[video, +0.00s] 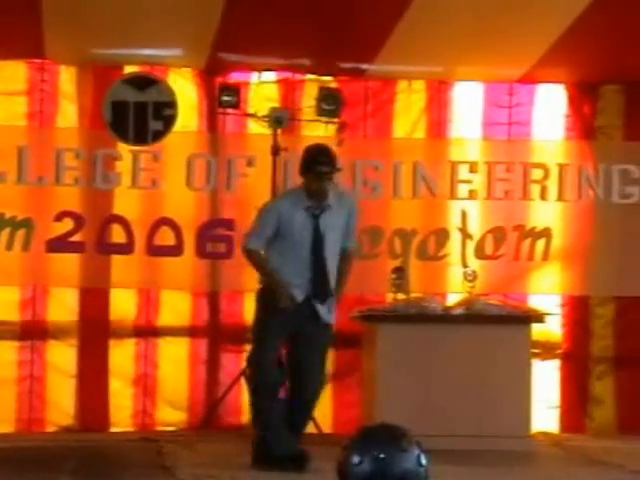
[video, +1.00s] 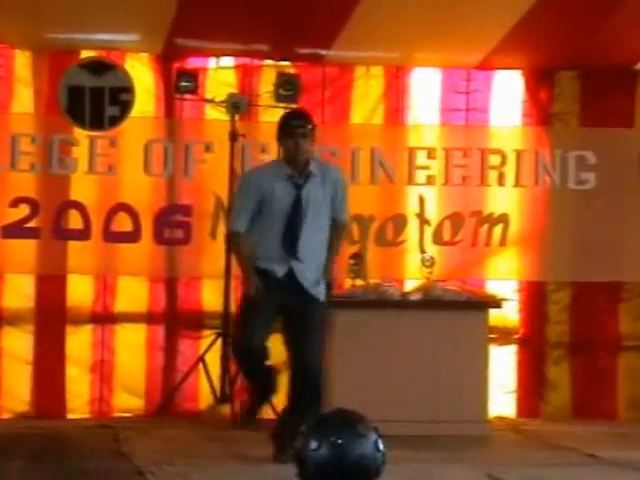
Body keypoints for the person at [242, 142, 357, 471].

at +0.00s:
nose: (324, 185)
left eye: (329, 178)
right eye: (317, 178)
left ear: (335, 176)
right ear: (303, 176)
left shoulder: (345, 206)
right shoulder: (281, 206)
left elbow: (347, 250)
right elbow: (252, 245)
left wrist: (337, 291)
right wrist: (276, 284)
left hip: (318, 306)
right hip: (279, 303)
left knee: (310, 381)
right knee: (265, 373)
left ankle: (284, 444)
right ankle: (272, 445)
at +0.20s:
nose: (315, 178)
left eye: (321, 171)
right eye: (310, 171)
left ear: (328, 167)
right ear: (296, 165)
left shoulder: (338, 191)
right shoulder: (272, 194)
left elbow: (352, 230)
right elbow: (269, 249)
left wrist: (342, 269)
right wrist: (282, 293)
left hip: (327, 288)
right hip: (288, 289)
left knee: (338, 355)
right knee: (296, 368)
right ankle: (314, 449)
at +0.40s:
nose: (288, 164)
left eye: (292, 156)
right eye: (281, 158)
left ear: (301, 151)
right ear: (269, 156)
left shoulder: (317, 176)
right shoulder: (250, 183)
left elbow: (324, 219)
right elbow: (236, 236)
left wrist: (316, 259)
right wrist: (239, 282)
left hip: (298, 277)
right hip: (257, 275)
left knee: (303, 354)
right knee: (254, 353)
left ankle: (306, 428)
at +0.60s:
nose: (280, 161)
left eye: (286, 153)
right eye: (274, 154)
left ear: (295, 148)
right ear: (262, 150)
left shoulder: (315, 172)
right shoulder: (246, 174)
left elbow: (337, 213)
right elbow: (233, 225)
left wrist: (321, 259)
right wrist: (242, 268)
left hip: (301, 278)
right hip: (259, 276)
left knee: (294, 358)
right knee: (251, 351)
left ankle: (277, 438)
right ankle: (275, 417)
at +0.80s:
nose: (292, 158)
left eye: (297, 150)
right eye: (285, 151)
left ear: (304, 149)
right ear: (272, 150)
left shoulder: (317, 180)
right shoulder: (248, 182)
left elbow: (331, 223)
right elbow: (240, 237)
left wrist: (329, 262)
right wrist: (257, 278)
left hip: (318, 283)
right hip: (277, 287)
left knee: (336, 352)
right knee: (292, 357)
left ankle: (329, 419)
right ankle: (310, 420)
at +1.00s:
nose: (300, 145)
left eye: (306, 137)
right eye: (293, 137)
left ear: (314, 141)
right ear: (281, 141)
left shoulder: (331, 180)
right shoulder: (257, 179)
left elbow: (339, 227)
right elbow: (236, 234)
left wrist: (328, 270)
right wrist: (249, 277)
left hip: (309, 280)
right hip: (265, 277)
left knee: (308, 365)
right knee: (247, 343)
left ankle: (293, 434)